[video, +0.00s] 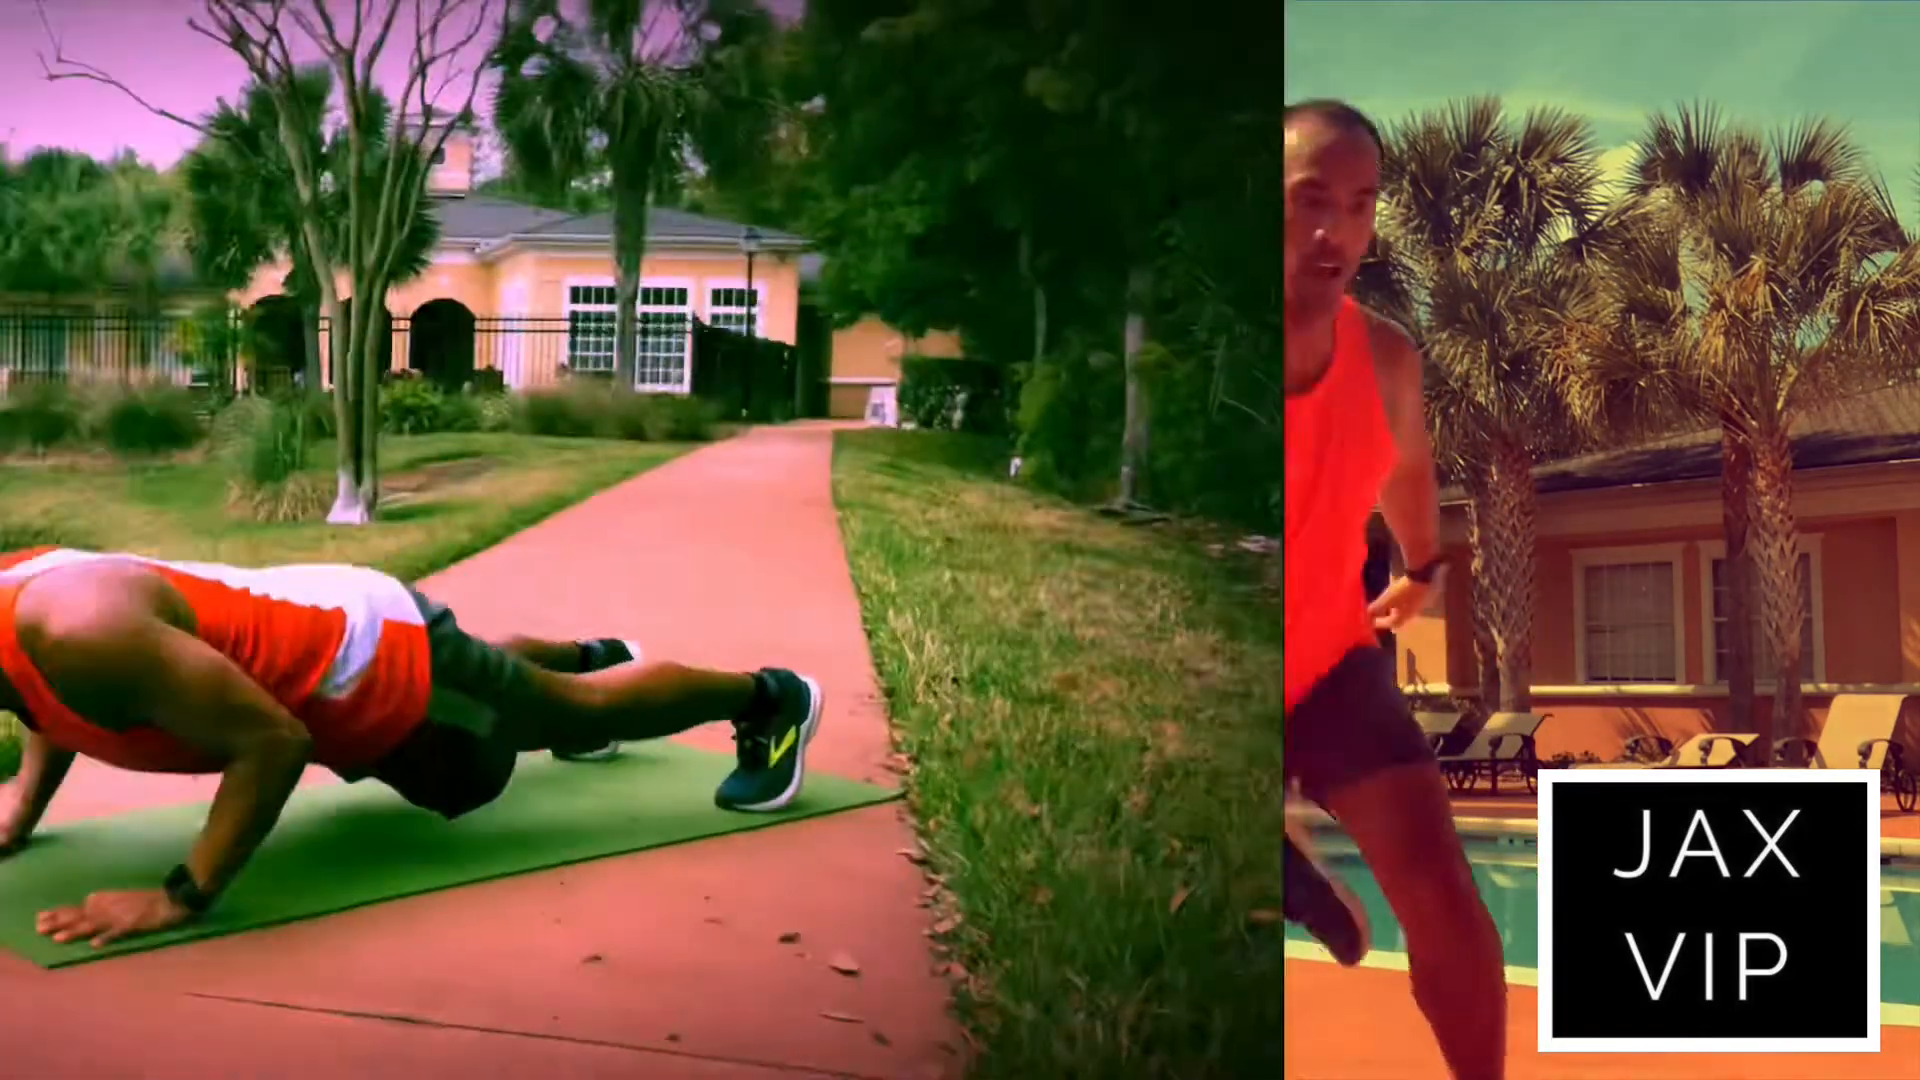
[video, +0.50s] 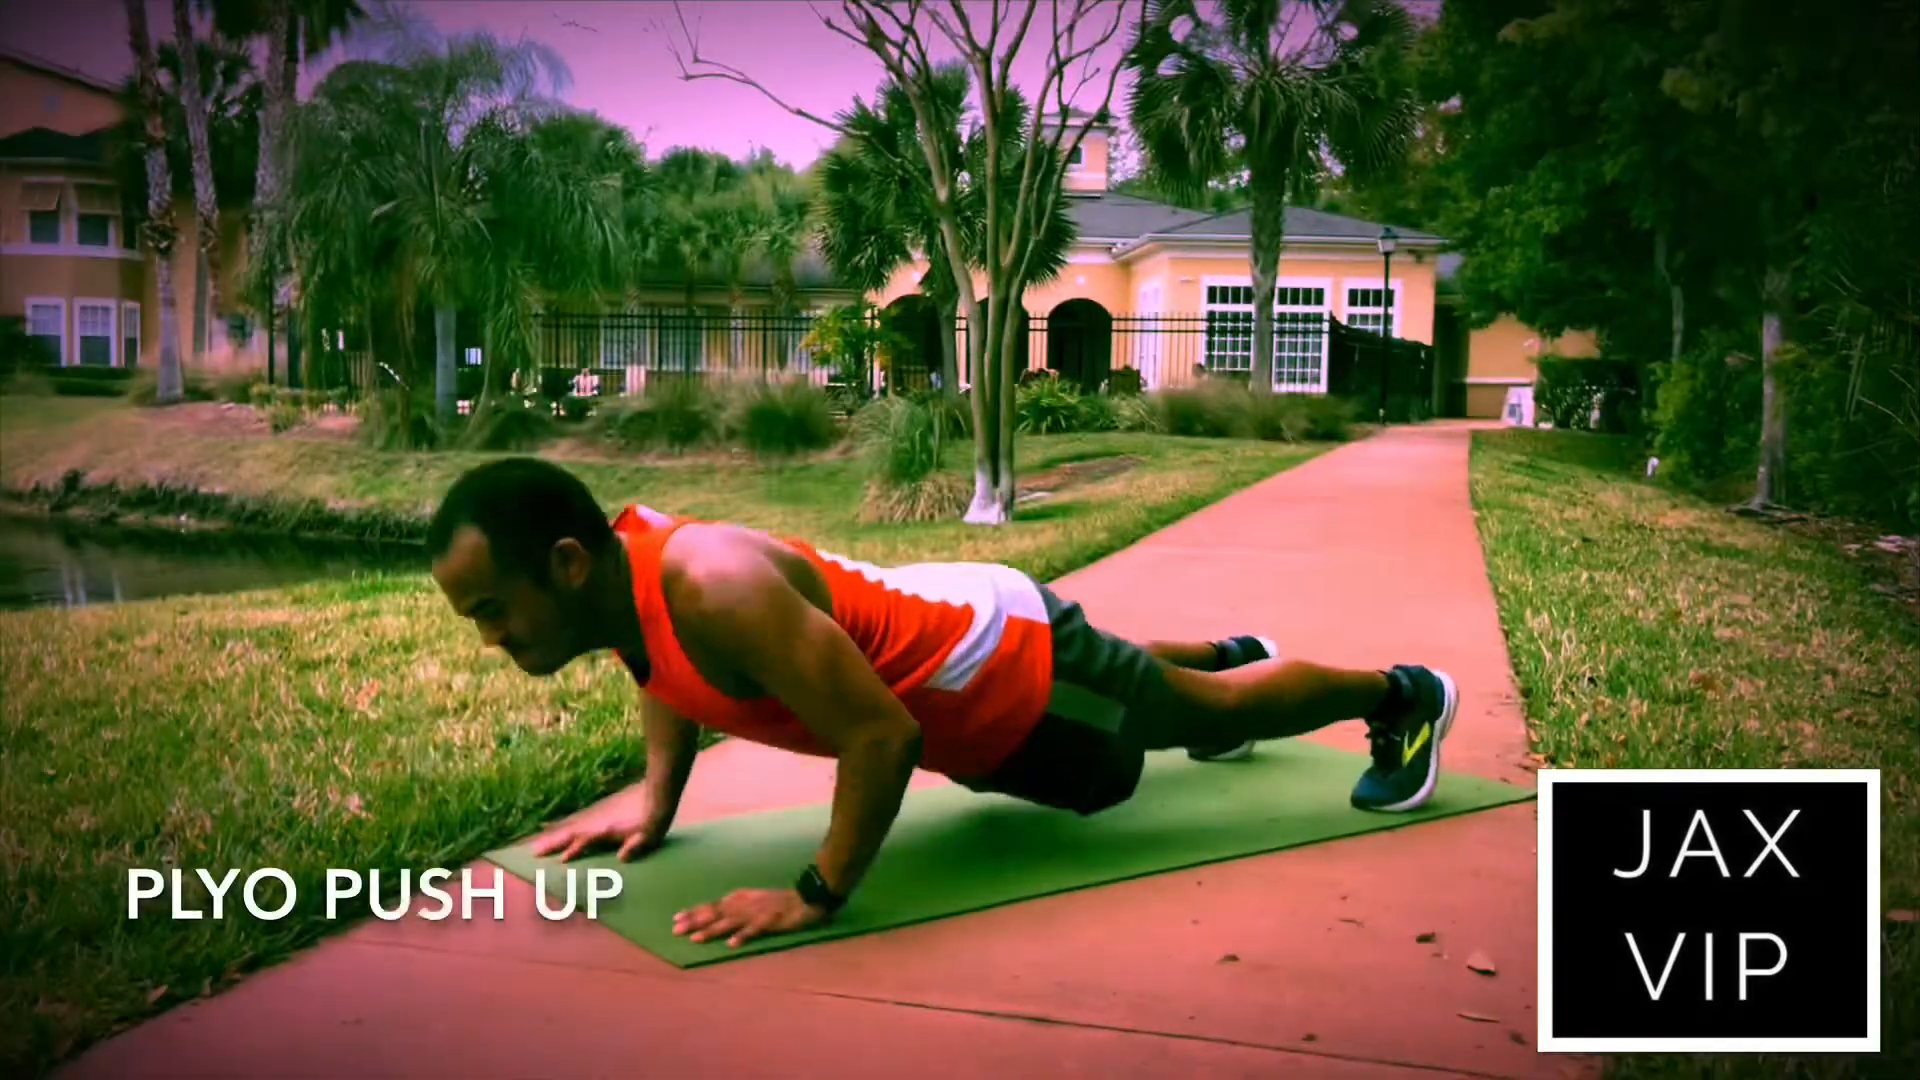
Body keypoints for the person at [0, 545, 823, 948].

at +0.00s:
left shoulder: (80, 631)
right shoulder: (12, 617)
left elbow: (273, 743)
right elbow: (65, 704)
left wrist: (185, 895)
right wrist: (24, 805)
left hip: (392, 661)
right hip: (329, 662)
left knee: (576, 708)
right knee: (468, 684)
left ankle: (767, 697)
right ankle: (589, 661)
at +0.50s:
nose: (489, 639)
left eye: (491, 609)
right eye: (473, 619)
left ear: (569, 561)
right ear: (558, 569)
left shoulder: (720, 585)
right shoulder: (625, 587)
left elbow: (881, 737)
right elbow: (672, 680)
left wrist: (821, 895)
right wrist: (653, 800)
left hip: (1022, 663)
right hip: (953, 666)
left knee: (1217, 715)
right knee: (1112, 694)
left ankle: (1400, 694)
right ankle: (1213, 654)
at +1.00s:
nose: (559, 550)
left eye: (555, 523)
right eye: (541, 533)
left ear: (621, 463)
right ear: (604, 468)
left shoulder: (795, 477)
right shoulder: (668, 503)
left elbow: (878, 694)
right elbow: (686, 656)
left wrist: (814, 880)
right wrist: (666, 813)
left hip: (1058, 572)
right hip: (983, 610)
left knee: (1234, 654)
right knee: (1126, 669)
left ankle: (1414, 697)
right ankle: (1244, 685)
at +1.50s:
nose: (441, 817)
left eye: (446, 793)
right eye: (427, 797)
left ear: (524, 741)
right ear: (516, 732)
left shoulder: (677, 712)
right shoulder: (578, 672)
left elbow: (885, 743)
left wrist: (824, 898)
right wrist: (656, 818)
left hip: (1001, 729)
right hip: (923, 671)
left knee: (1203, 736)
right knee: (1061, 692)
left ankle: (1391, 690)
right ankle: (1209, 659)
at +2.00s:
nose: (598, 395)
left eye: (599, 368)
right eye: (582, 379)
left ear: (674, 316)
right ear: (663, 324)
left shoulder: (839, 358)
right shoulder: (717, 394)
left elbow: (953, 550)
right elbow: (728, 516)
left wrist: (801, 630)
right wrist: (671, 609)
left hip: (1073, 523)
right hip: (993, 558)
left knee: (1233, 636)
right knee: (1117, 637)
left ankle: (1418, 697)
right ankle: (1251, 673)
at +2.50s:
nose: (450, 817)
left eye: (453, 795)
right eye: (435, 799)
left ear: (525, 736)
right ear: (515, 728)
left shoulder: (686, 702)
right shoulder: (575, 669)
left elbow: (887, 740)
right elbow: (677, 700)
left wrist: (818, 898)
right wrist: (649, 807)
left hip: (997, 730)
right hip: (916, 682)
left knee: (1196, 740)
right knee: (1059, 695)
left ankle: (1390, 691)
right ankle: (1210, 660)